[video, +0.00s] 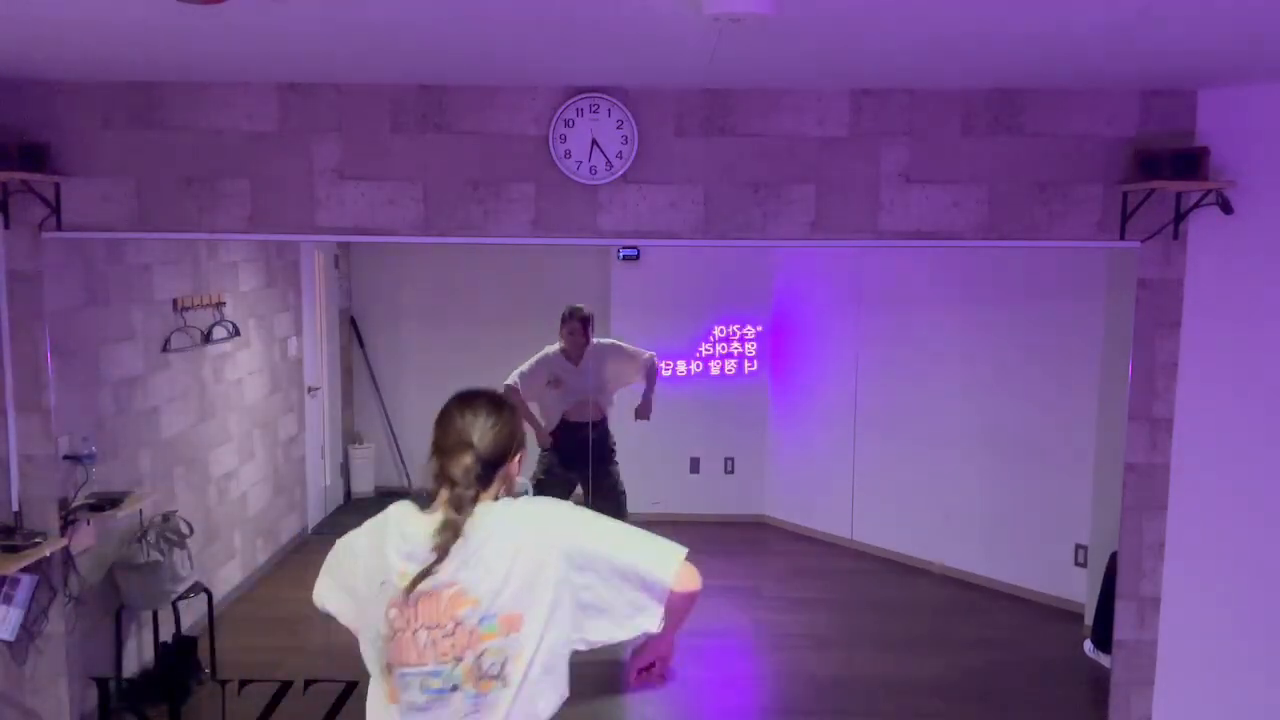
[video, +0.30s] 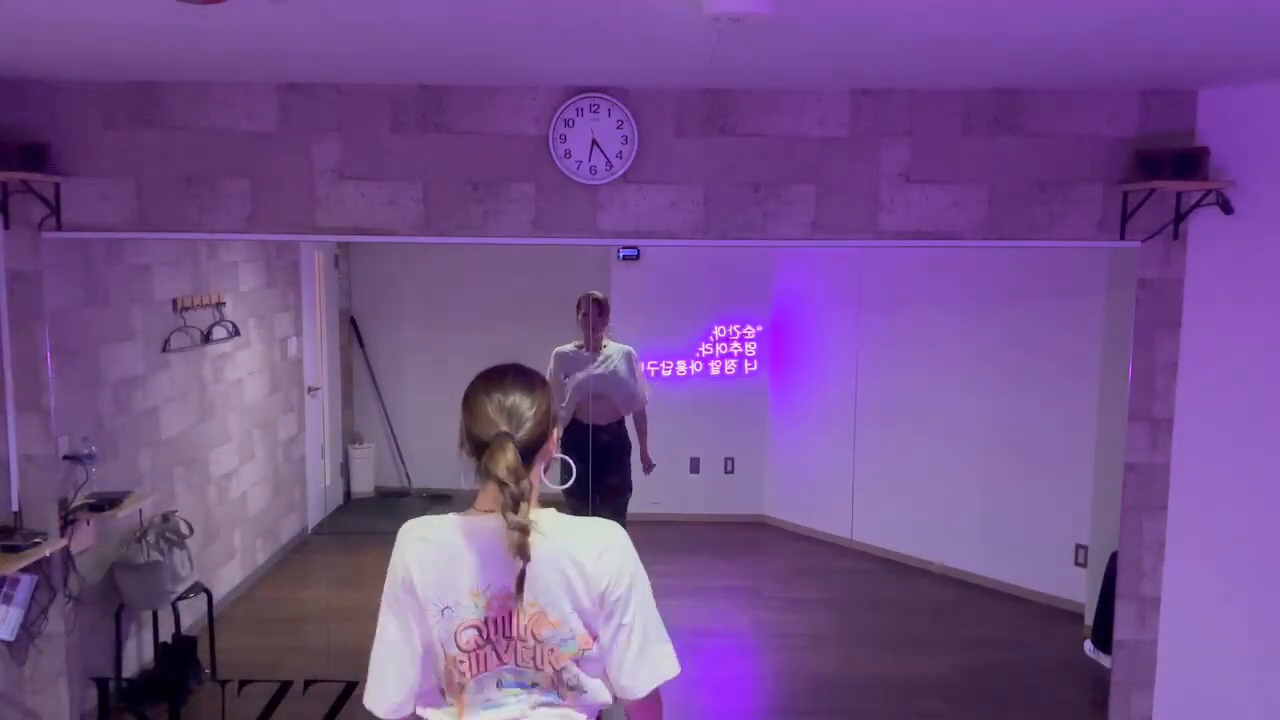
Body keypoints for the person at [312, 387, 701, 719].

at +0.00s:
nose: (526, 464)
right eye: (526, 455)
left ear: (437, 454)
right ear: (513, 465)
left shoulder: (388, 528)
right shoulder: (547, 522)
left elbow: (330, 591)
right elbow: (685, 582)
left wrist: (385, 642)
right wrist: (661, 640)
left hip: (393, 711)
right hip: (513, 708)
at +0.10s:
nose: (544, 431)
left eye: (541, 418)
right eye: (544, 420)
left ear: (453, 426)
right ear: (534, 435)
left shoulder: (404, 510)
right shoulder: (574, 507)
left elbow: (348, 604)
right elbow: (690, 616)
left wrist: (394, 685)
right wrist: (671, 686)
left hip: (421, 706)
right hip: (534, 706)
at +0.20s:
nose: (551, 429)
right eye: (551, 420)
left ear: (459, 428)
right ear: (545, 431)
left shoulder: (414, 528)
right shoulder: (594, 527)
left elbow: (386, 681)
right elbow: (662, 679)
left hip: (442, 710)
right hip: (561, 709)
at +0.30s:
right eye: (558, 429)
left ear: (464, 444)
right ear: (552, 445)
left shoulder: (417, 542)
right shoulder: (603, 544)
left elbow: (392, 702)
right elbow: (642, 701)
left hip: (452, 712)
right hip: (570, 710)